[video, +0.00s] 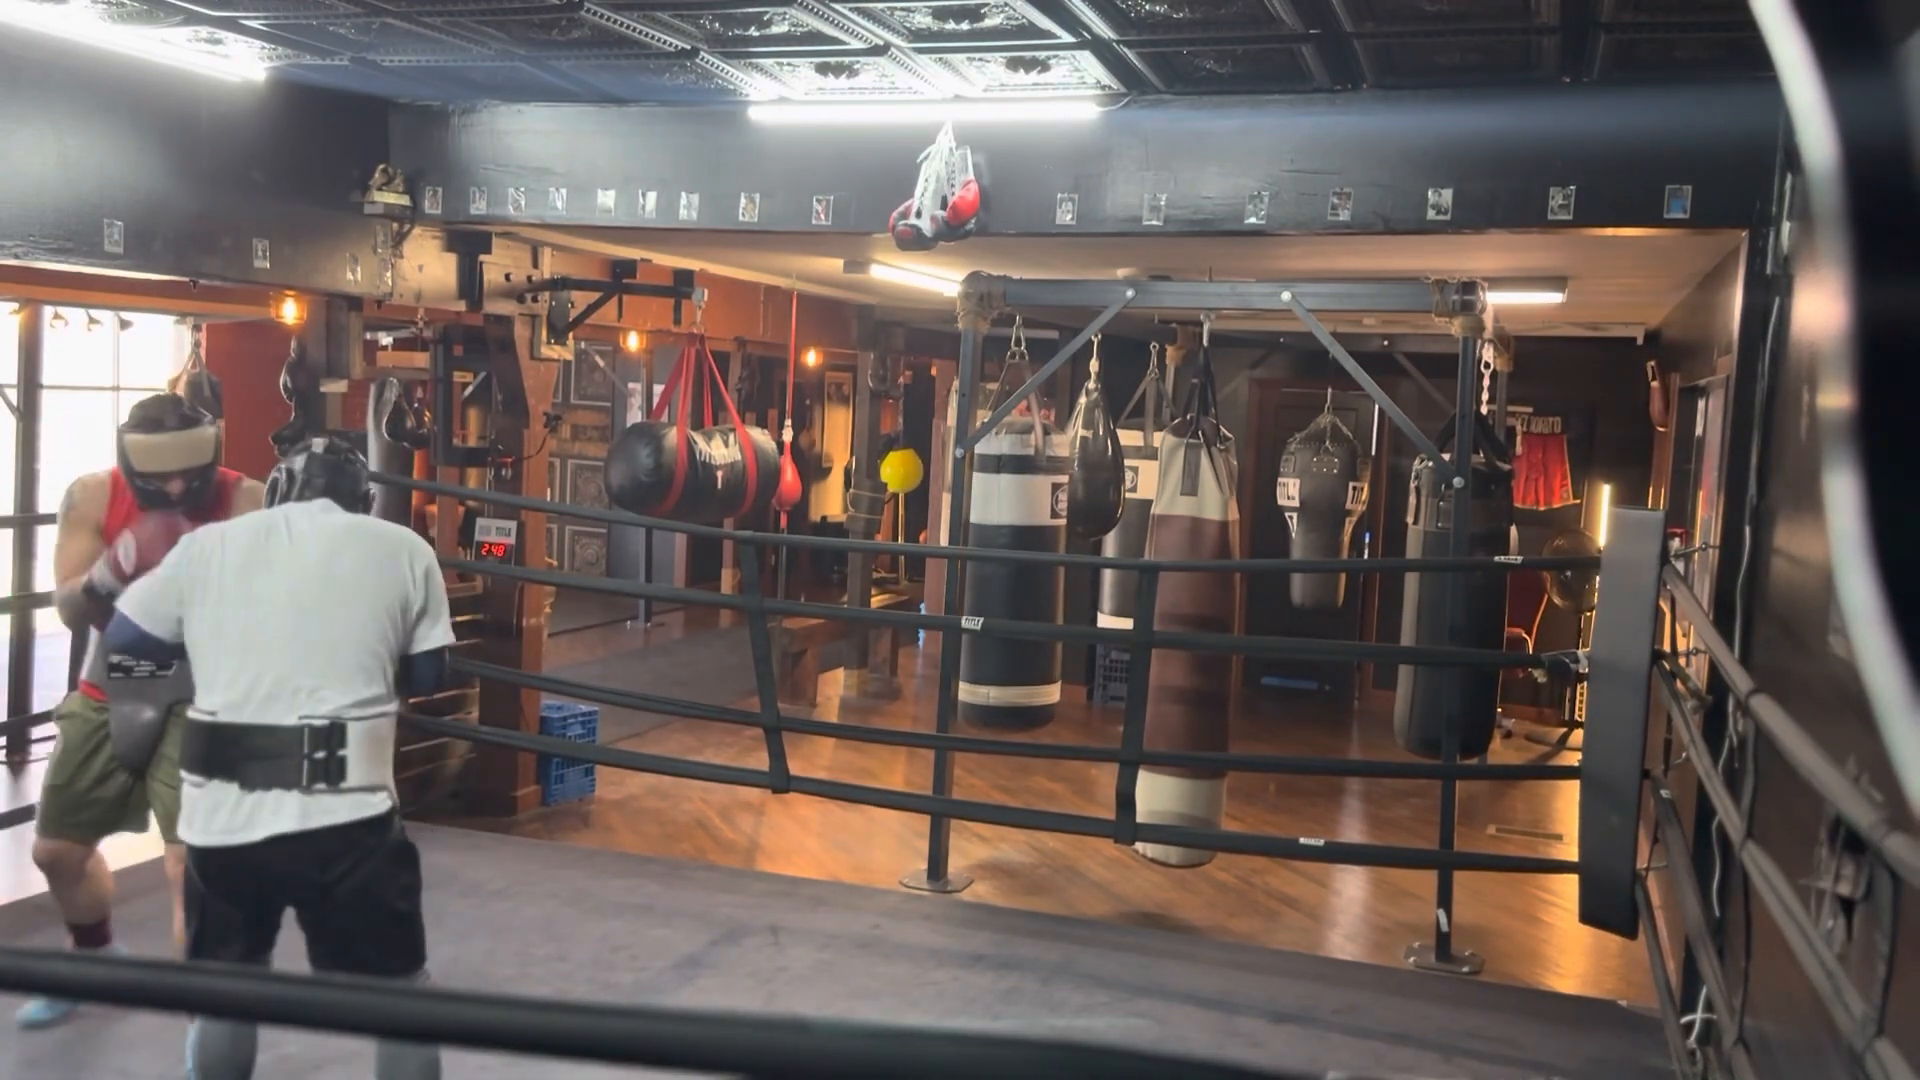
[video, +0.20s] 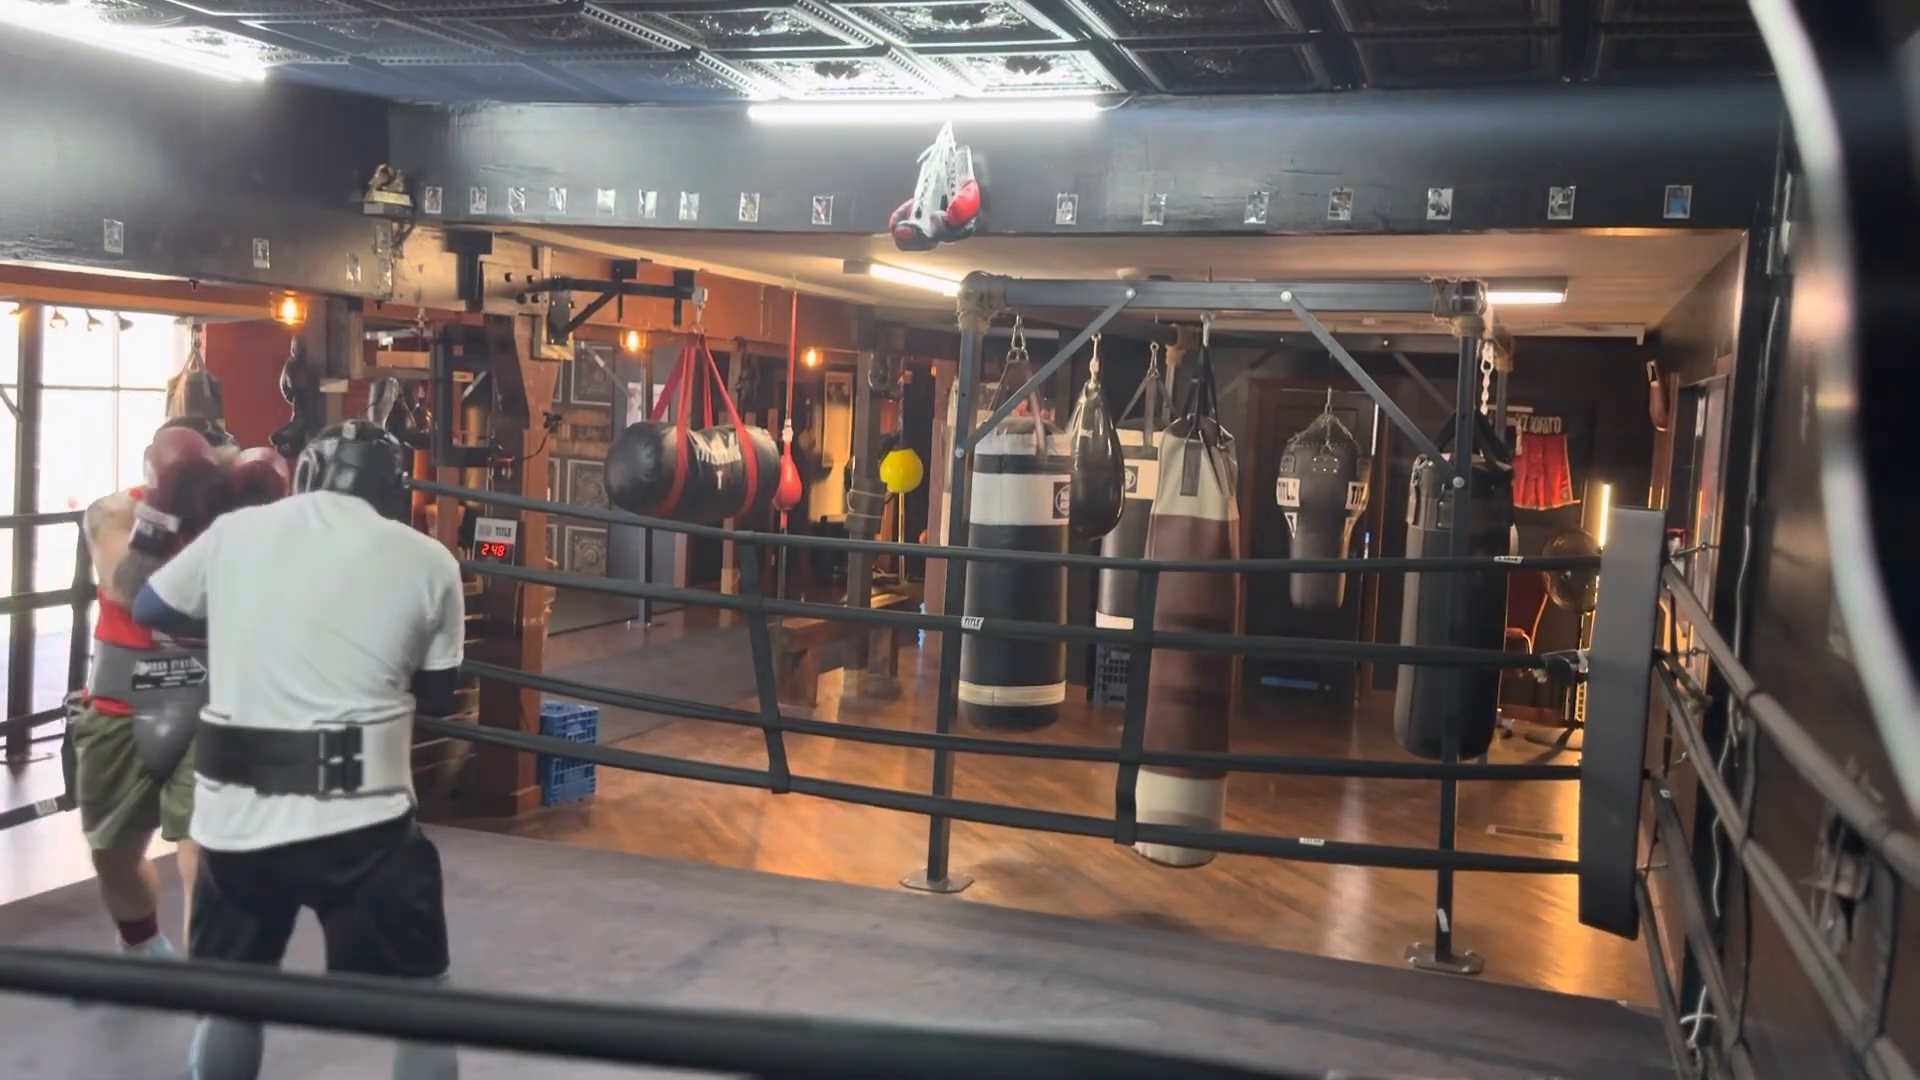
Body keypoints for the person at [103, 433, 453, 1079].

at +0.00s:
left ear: (278, 489)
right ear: (364, 496)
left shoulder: (210, 546)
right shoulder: (405, 549)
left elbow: (125, 637)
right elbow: (426, 681)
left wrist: (218, 633)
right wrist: (351, 648)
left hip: (222, 824)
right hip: (348, 824)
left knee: (222, 1000)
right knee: (401, 1010)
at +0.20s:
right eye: (404, 485)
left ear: (309, 474)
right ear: (394, 488)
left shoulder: (238, 531)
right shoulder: (429, 560)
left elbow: (149, 605)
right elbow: (439, 696)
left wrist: (242, 631)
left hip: (237, 824)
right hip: (362, 826)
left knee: (227, 1004)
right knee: (422, 1017)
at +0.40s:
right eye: (459, 490)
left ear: (368, 484)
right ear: (456, 498)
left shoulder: (283, 551)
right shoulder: (490, 577)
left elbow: (199, 658)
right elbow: (490, 671)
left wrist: (294, 641)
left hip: (285, 848)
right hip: (413, 856)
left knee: (255, 1015)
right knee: (418, 1046)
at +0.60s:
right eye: (489, 481)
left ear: (401, 478)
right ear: (487, 485)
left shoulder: (322, 542)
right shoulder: (533, 570)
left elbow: (244, 661)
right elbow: (526, 684)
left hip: (321, 842)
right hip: (446, 853)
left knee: (309, 999)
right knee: (428, 1040)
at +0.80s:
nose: (382, 490)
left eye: (386, 480)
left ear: (393, 487)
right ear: (481, 492)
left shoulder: (331, 558)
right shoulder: (537, 570)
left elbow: (277, 681)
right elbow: (538, 706)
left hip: (347, 839)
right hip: (466, 844)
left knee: (350, 1011)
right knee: (471, 1030)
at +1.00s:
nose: (488, 490)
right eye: (484, 479)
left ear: (399, 489)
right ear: (481, 485)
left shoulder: (347, 569)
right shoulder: (533, 549)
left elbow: (313, 713)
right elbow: (570, 672)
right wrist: (500, 642)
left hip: (364, 828)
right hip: (484, 824)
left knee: (365, 993)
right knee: (559, 970)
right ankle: (526, 1076)